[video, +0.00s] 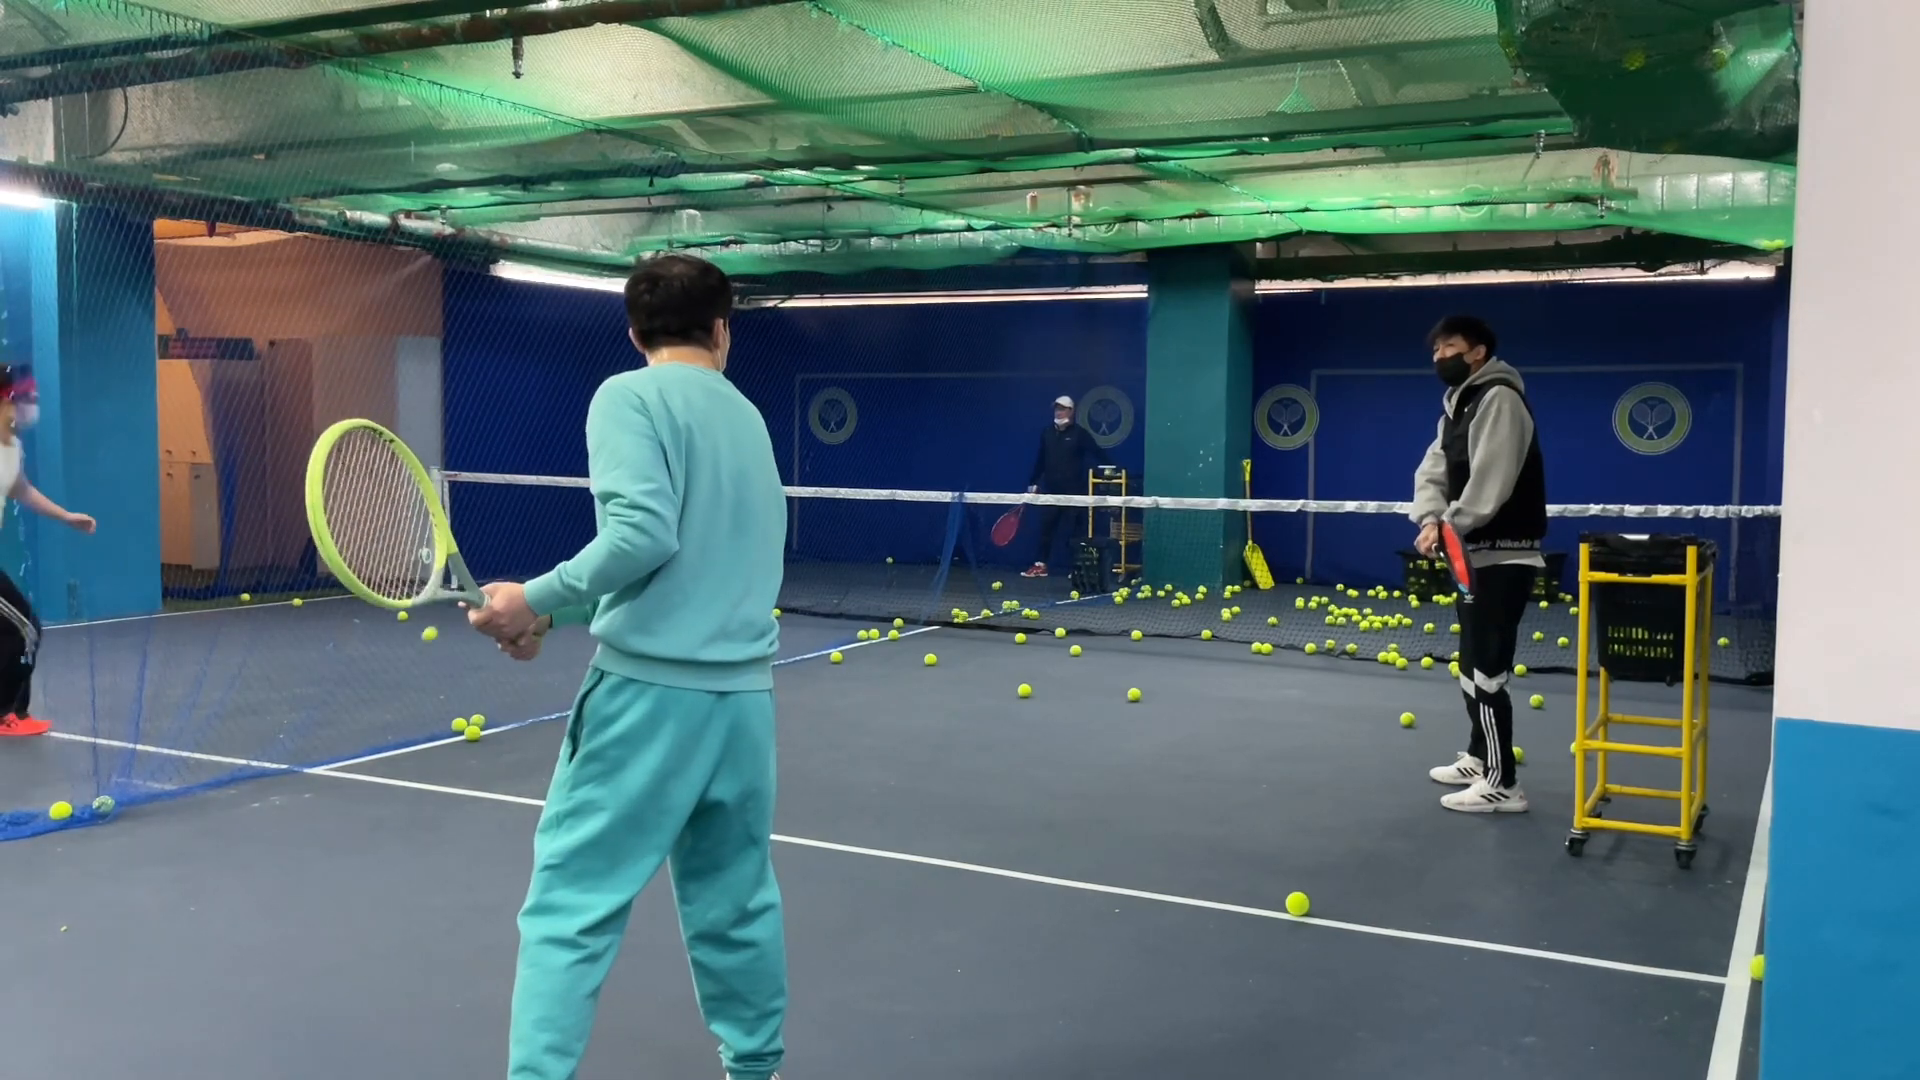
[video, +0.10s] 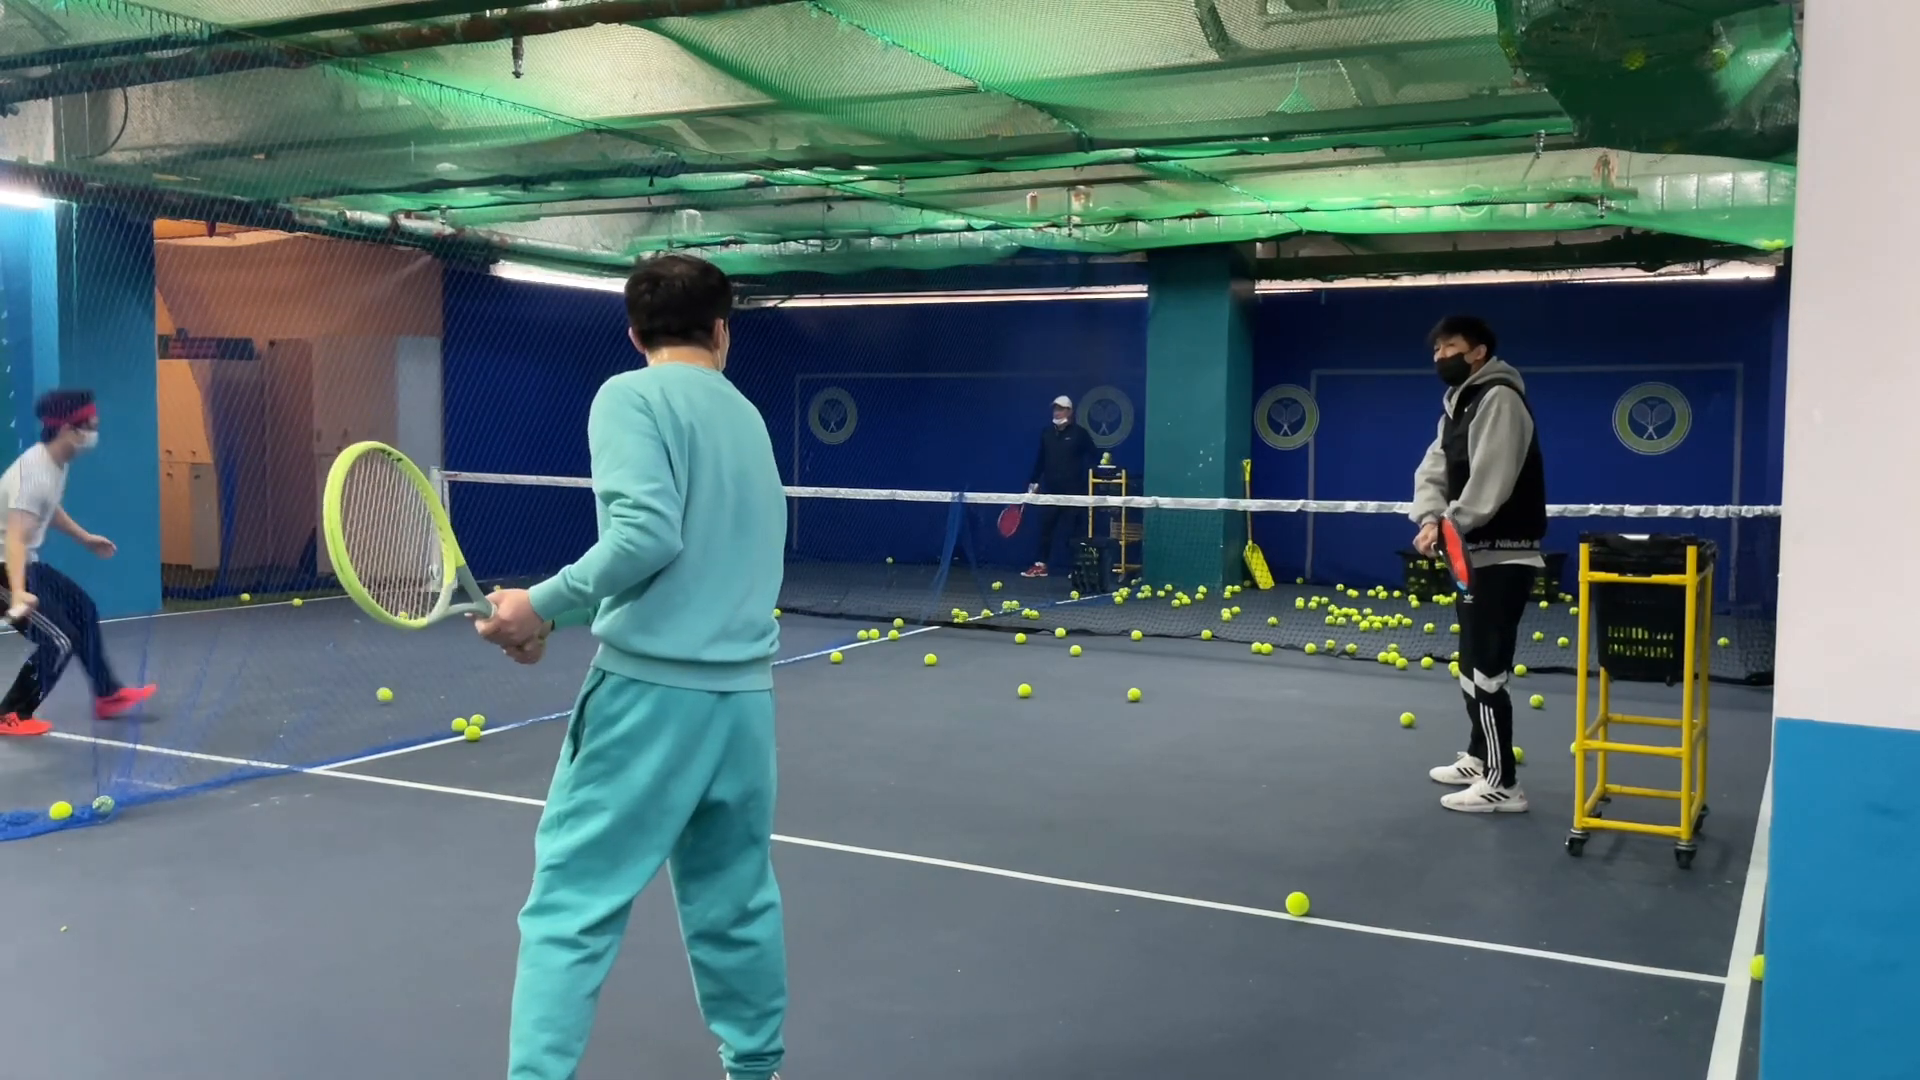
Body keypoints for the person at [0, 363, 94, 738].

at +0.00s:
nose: (27, 408)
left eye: (28, 400)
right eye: (21, 399)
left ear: (17, 403)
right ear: (4, 400)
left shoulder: (12, 445)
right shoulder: (1, 444)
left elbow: (21, 489)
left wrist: (66, 517)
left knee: (24, 625)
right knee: (23, 627)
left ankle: (14, 712)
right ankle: (7, 713)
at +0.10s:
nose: (94, 435)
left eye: (94, 427)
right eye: (87, 427)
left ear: (70, 432)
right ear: (65, 431)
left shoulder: (57, 465)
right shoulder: (33, 473)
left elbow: (50, 510)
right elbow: (15, 537)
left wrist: (86, 538)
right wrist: (18, 593)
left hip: (28, 564)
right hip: (8, 573)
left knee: (81, 610)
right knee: (60, 641)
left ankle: (107, 694)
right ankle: (11, 713)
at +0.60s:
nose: (202, 426)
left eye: (202, 418)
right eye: (198, 419)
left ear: (163, 417)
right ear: (180, 422)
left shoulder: (128, 438)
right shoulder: (172, 466)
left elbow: (94, 479)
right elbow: (190, 514)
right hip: (101, 549)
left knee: (159, 608)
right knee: (137, 641)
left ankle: (171, 693)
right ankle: (53, 687)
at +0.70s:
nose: (185, 411)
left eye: (185, 403)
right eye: (181, 404)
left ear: (145, 404)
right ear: (165, 408)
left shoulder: (109, 432)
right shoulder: (167, 454)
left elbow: (85, 478)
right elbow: (192, 493)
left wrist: (133, 494)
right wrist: (184, 467)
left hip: (90, 545)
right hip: (113, 550)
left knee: (160, 607)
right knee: (148, 635)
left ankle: (171, 693)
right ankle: (70, 689)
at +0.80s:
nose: (166, 403)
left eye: (165, 396)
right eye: (161, 397)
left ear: (123, 401)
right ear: (144, 404)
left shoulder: (86, 436)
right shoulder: (153, 448)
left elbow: (69, 484)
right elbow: (186, 472)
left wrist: (108, 474)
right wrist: (163, 459)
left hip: (86, 551)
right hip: (118, 552)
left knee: (157, 611)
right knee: (154, 636)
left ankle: (170, 694)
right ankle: (89, 706)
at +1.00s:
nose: (119, 392)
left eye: (117, 384)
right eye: (114, 386)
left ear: (73, 391)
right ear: (98, 394)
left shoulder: (37, 434)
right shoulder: (115, 437)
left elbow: (30, 483)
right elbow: (146, 441)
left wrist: (67, 472)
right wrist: (101, 430)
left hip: (53, 555)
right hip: (97, 550)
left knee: (104, 630)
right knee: (131, 633)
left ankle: (144, 691)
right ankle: (78, 719)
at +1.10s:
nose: (93, 383)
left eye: (91, 376)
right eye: (89, 378)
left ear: (47, 385)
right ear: (76, 388)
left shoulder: (14, 428)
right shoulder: (95, 431)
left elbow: (9, 480)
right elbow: (126, 436)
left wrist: (32, 485)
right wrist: (94, 427)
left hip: (36, 551)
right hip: (80, 547)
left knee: (75, 622)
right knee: (116, 627)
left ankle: (95, 701)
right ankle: (77, 720)